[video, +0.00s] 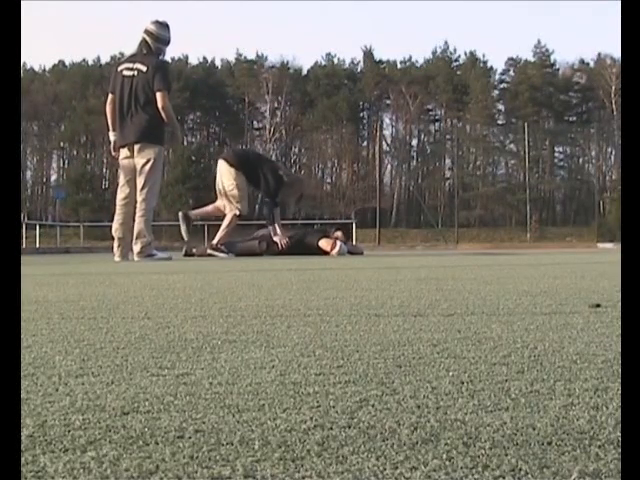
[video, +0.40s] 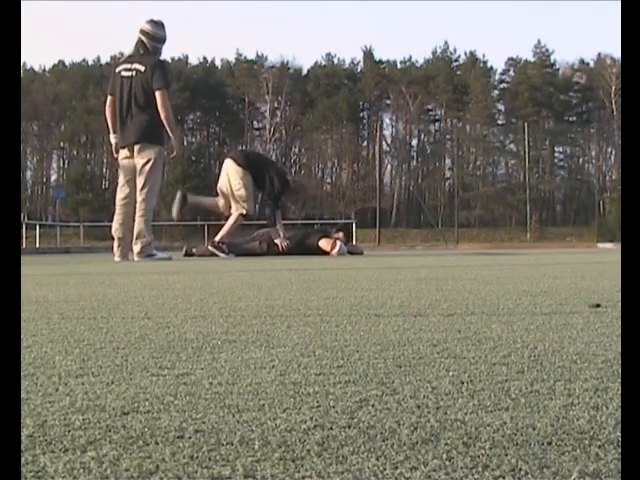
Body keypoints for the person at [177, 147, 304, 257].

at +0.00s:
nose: (291, 197)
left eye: (295, 195)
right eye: (294, 194)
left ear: (290, 183)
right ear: (291, 186)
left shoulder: (273, 180)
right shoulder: (276, 181)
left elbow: (269, 210)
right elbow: (273, 209)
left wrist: (275, 234)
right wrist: (278, 234)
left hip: (226, 161)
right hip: (233, 165)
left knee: (224, 205)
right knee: (236, 209)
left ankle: (190, 216)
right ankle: (215, 244)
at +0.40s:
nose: (288, 197)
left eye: (291, 195)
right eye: (291, 195)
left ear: (286, 183)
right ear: (289, 189)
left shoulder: (275, 178)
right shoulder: (277, 182)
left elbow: (277, 209)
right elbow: (271, 210)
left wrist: (281, 235)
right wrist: (277, 237)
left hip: (230, 161)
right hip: (239, 166)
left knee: (224, 206)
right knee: (240, 211)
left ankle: (188, 199)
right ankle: (217, 242)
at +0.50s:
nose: (286, 196)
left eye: (288, 194)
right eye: (288, 194)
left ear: (286, 182)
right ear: (288, 188)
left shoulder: (277, 180)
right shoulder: (277, 182)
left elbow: (277, 210)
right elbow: (268, 213)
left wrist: (282, 235)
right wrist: (277, 238)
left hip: (231, 161)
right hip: (239, 166)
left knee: (217, 203)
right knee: (241, 210)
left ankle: (182, 183)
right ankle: (218, 242)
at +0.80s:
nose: (293, 211)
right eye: (295, 208)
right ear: (289, 198)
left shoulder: (272, 186)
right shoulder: (275, 185)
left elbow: (271, 213)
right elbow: (265, 216)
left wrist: (280, 235)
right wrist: (279, 238)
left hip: (226, 165)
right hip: (234, 169)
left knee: (204, 202)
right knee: (240, 211)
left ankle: (168, 183)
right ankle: (217, 242)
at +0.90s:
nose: (277, 205)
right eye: (279, 203)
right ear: (278, 198)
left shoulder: (266, 189)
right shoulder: (267, 192)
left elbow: (267, 215)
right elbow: (261, 221)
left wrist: (279, 234)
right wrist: (276, 238)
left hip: (217, 170)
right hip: (226, 174)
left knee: (206, 214)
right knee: (238, 213)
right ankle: (216, 245)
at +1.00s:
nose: (262, 209)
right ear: (270, 199)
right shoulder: (261, 193)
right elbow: (263, 223)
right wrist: (272, 238)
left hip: (205, 173)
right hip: (218, 176)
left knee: (210, 218)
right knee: (233, 212)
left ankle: (176, 223)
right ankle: (216, 245)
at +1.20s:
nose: (250, 149)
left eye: (251, 146)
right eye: (249, 145)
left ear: (237, 137)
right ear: (243, 141)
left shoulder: (222, 143)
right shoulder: (232, 147)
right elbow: (245, 182)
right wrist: (263, 207)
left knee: (205, 214)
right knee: (221, 211)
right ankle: (214, 247)